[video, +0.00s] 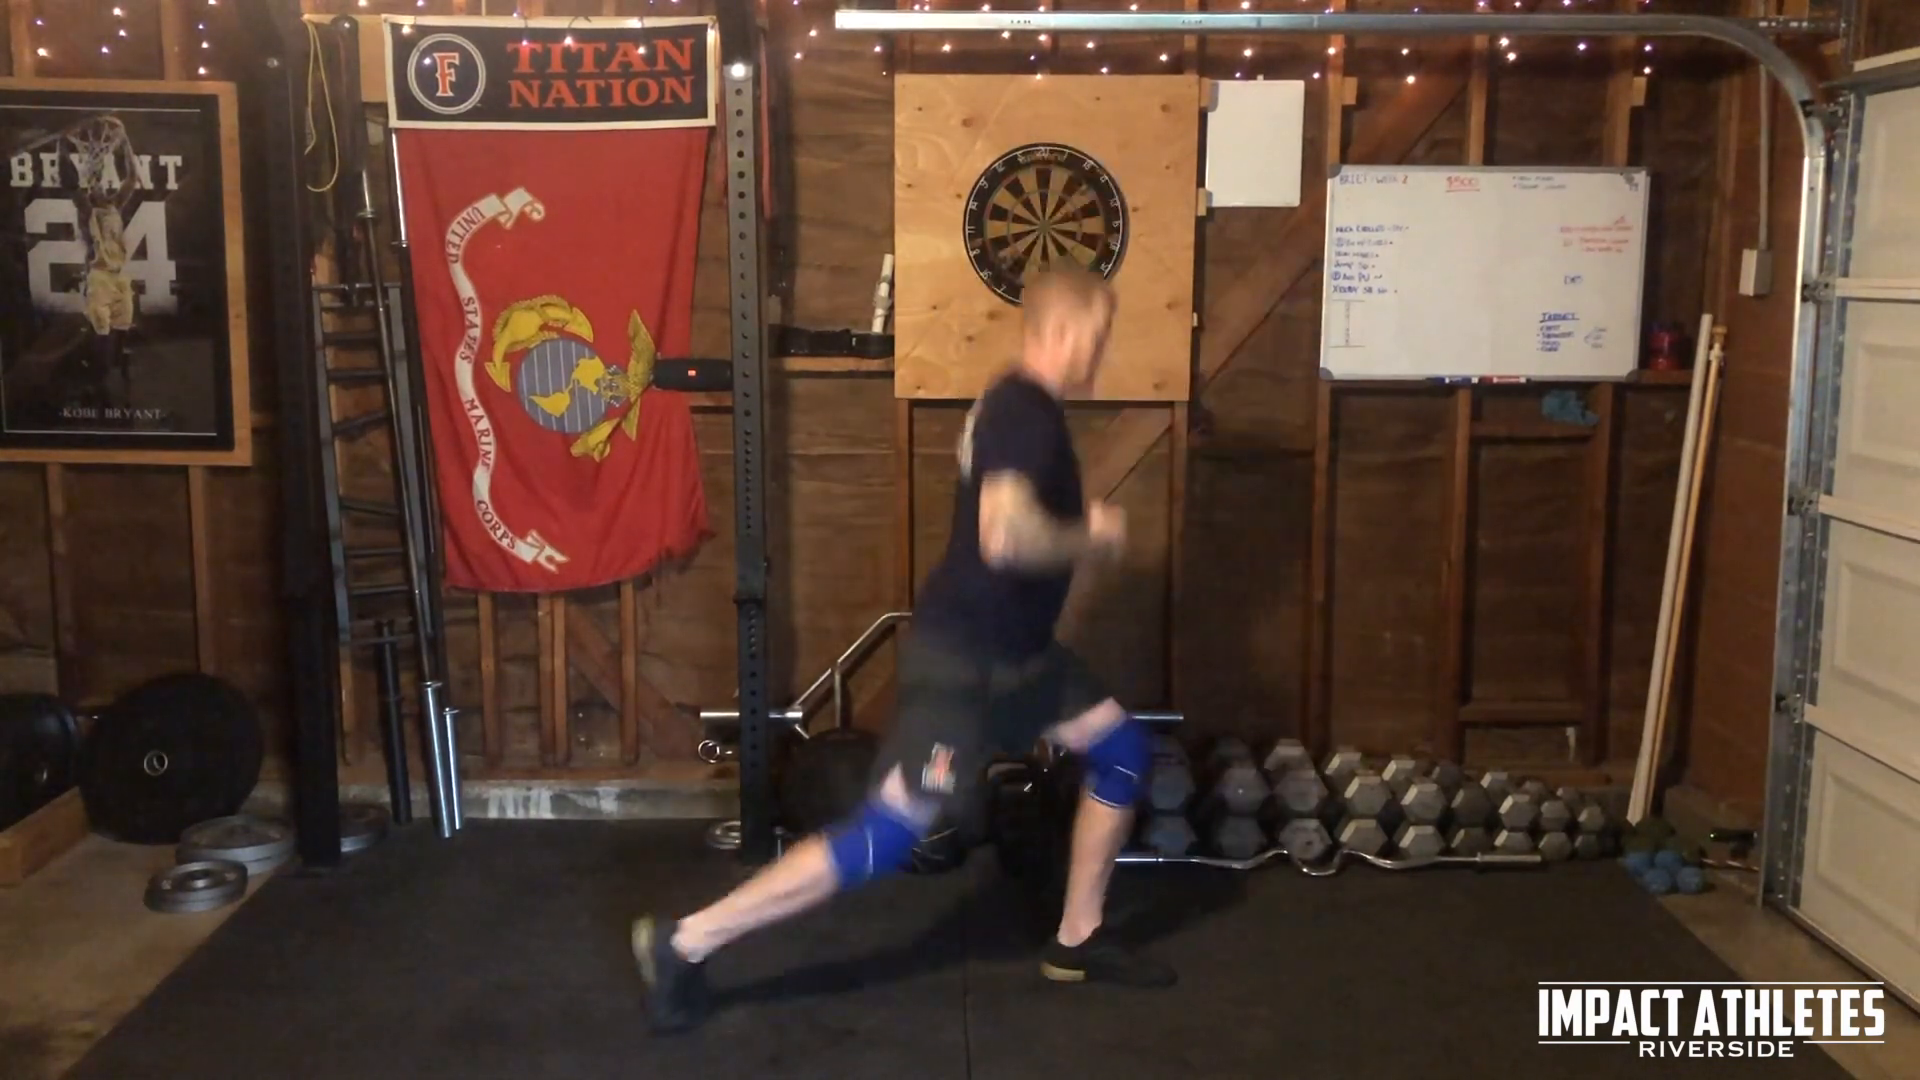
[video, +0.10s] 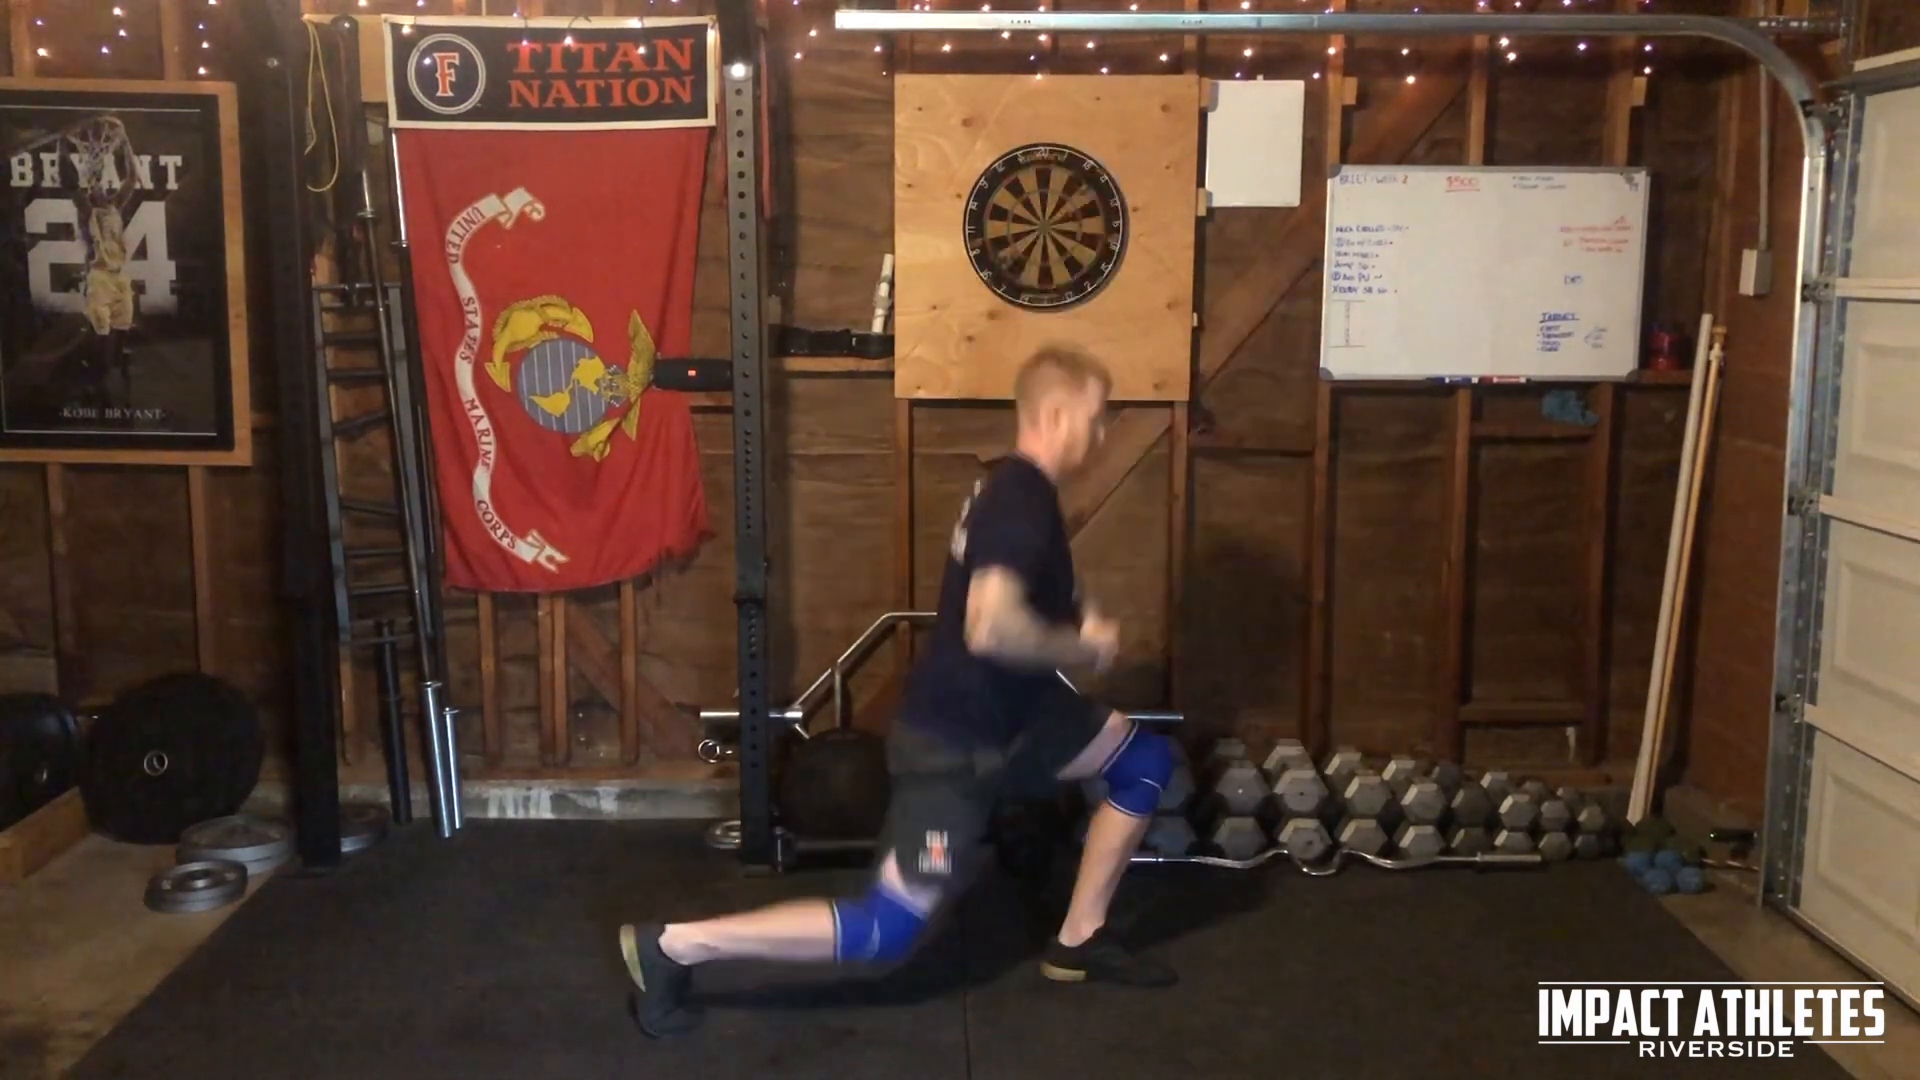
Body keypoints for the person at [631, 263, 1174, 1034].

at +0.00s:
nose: (1102, 349)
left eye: (1104, 334)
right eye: (1096, 333)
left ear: (1054, 329)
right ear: (1057, 330)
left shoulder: (1035, 409)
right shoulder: (1020, 409)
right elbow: (1005, 537)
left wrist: (1081, 539)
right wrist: (1090, 535)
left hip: (1020, 655)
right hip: (959, 657)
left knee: (1122, 751)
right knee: (890, 831)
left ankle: (1079, 937)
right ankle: (682, 942)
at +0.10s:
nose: (1102, 431)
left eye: (1103, 416)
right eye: (1096, 414)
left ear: (1046, 416)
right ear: (1052, 417)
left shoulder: (1018, 489)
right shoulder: (1019, 495)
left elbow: (1011, 607)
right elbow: (990, 626)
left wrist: (1076, 632)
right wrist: (1079, 646)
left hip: (1019, 711)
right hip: (953, 731)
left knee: (1146, 766)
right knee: (887, 929)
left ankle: (1079, 939)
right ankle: (669, 946)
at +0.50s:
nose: (1079, 411)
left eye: (1078, 395)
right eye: (1072, 395)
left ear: (1021, 399)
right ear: (1027, 399)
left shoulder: (1024, 475)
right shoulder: (1003, 481)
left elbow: (962, 542)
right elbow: (984, 598)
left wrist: (1060, 565)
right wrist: (1073, 588)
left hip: (1015, 698)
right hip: (947, 717)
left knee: (1136, 756)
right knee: (882, 902)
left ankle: (1080, 934)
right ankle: (663, 944)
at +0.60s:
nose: (1079, 317)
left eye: (1080, 300)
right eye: (1070, 300)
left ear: (1039, 303)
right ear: (1030, 300)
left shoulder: (1028, 384)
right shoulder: (1002, 378)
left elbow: (1012, 488)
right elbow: (993, 488)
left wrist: (1068, 476)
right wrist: (1076, 480)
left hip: (1009, 628)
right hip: (949, 627)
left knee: (1093, 739)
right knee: (894, 804)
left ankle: (1081, 929)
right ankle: (702, 935)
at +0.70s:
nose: (1097, 245)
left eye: (1099, 229)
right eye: (1090, 226)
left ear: (1042, 226)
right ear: (1043, 221)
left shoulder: (1031, 304)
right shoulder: (1009, 295)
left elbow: (999, 406)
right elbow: (987, 405)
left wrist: (1059, 411)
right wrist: (1070, 416)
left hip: (995, 548)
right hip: (949, 546)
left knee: (1034, 713)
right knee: (944, 741)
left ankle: (1009, 892)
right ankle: (777, 896)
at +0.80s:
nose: (1102, 222)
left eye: (1105, 205)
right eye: (1098, 203)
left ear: (1040, 193)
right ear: (1055, 192)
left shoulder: (1016, 267)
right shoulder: (1020, 264)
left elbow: (978, 372)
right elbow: (975, 370)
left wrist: (1050, 391)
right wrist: (1065, 401)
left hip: (951, 510)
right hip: (951, 515)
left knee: (969, 694)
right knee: (1000, 711)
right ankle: (890, 899)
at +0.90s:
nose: (1101, 248)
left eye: (1105, 230)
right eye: (1098, 228)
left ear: (1039, 219)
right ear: (1057, 219)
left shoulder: (1016, 287)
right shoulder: (1015, 287)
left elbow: (973, 390)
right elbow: (969, 390)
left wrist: (1055, 418)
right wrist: (1060, 428)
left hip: (927, 531)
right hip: (954, 541)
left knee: (928, 722)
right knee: (1047, 722)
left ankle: (764, 832)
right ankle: (1004, 927)